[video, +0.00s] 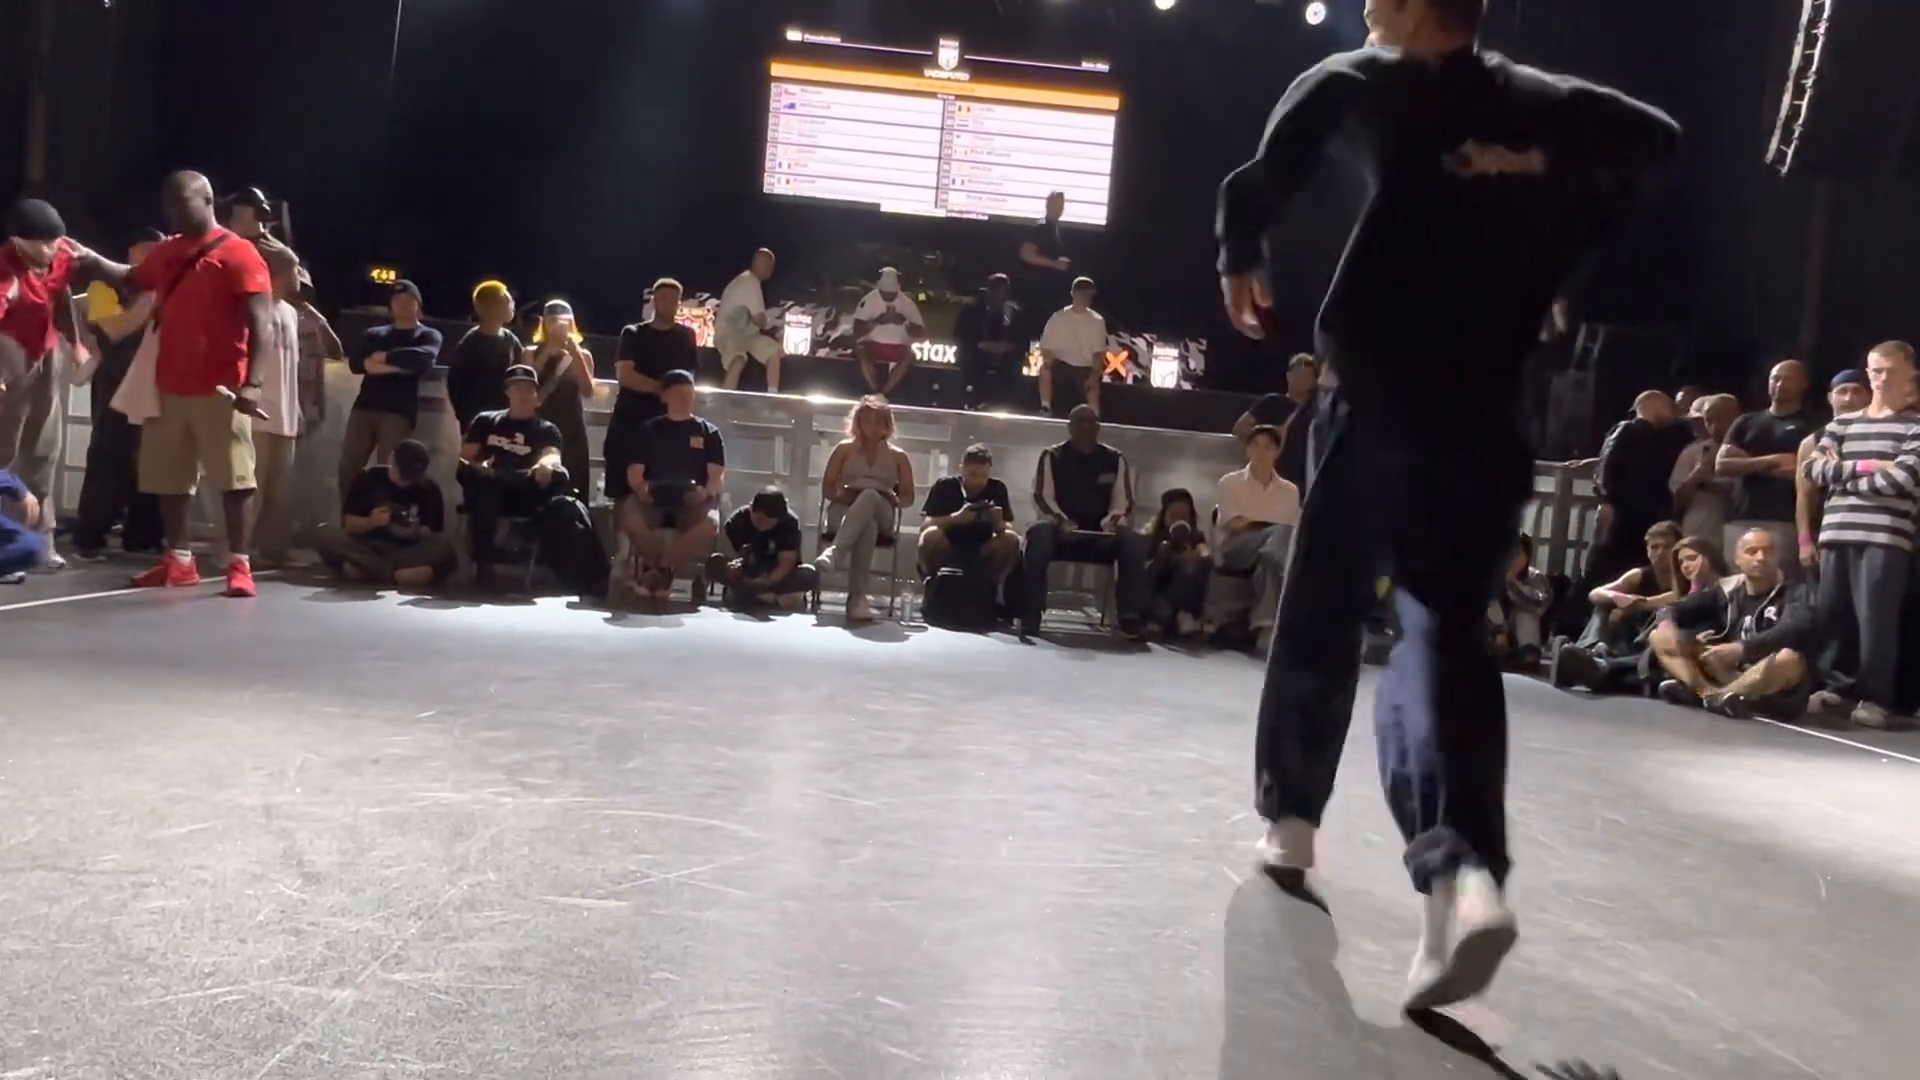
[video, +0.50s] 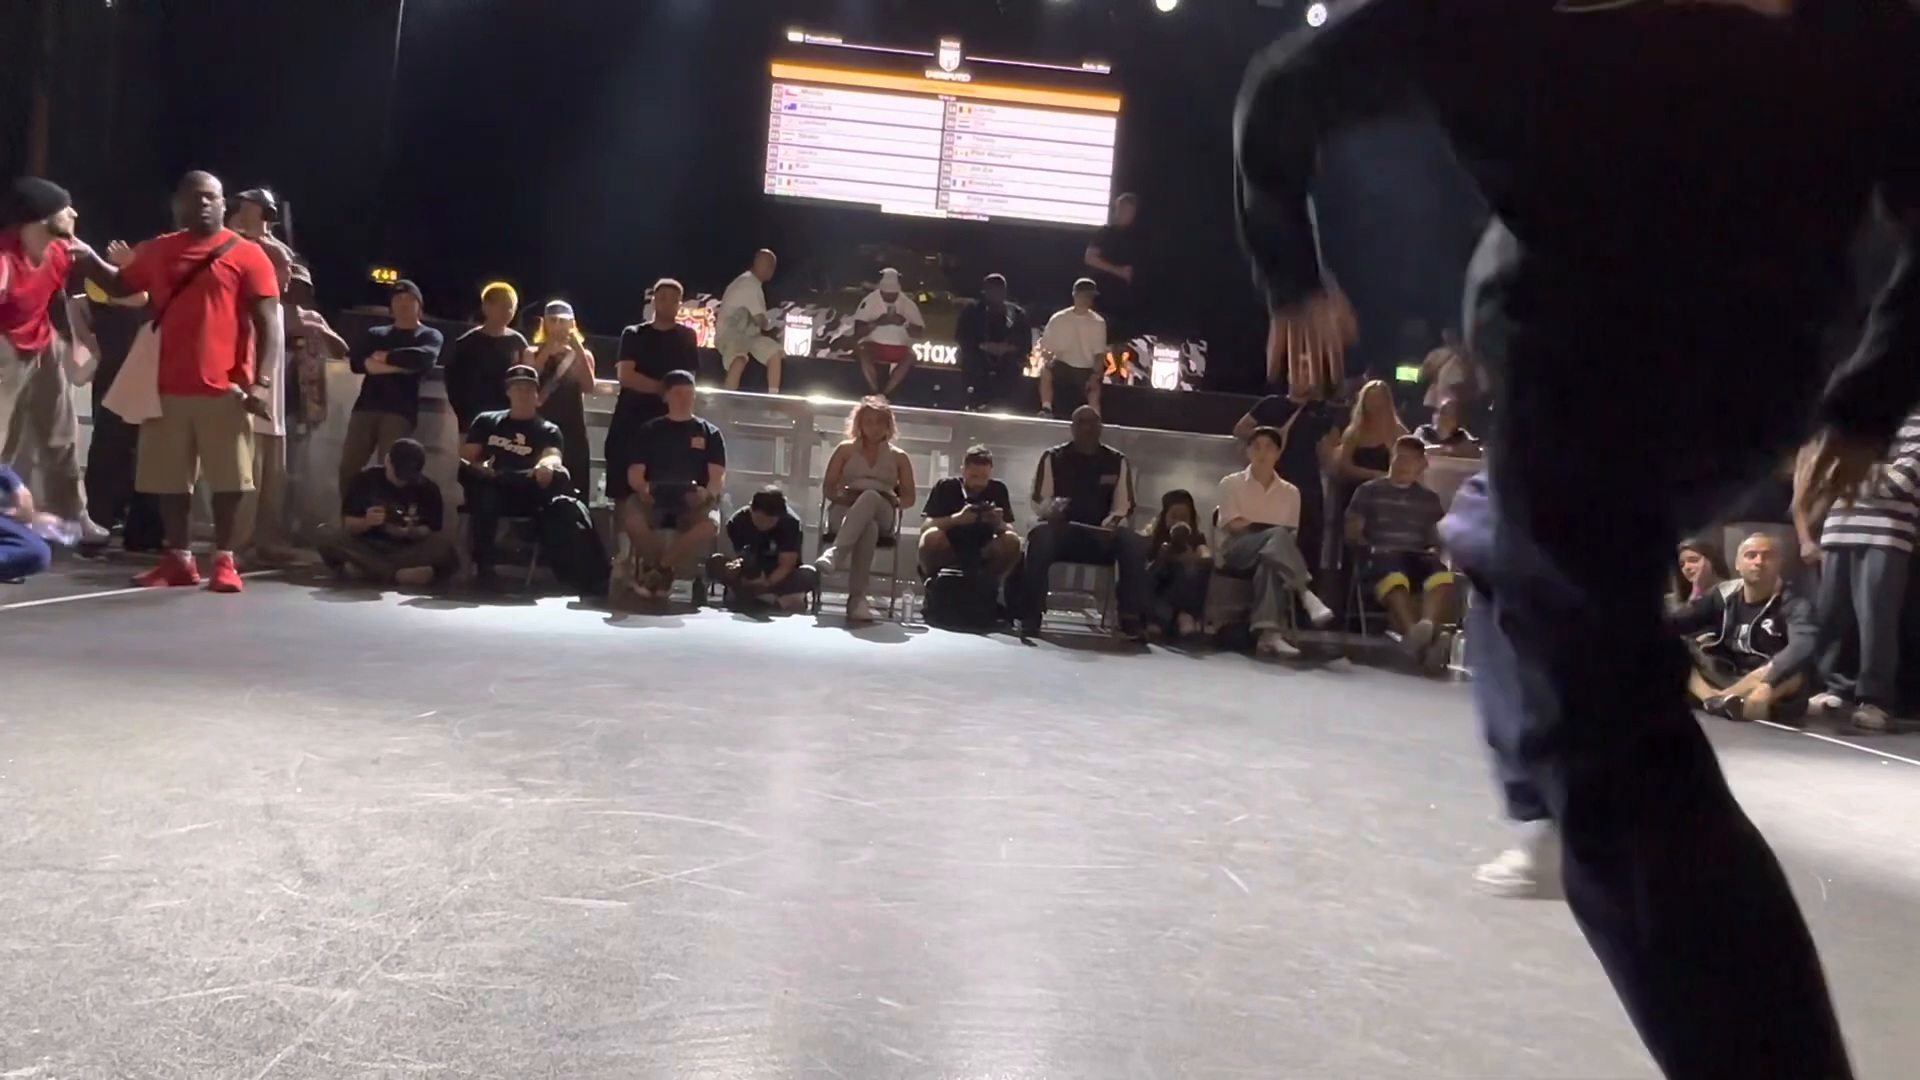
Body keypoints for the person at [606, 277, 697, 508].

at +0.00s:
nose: (668, 304)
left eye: (673, 300)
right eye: (663, 299)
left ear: (678, 303)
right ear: (654, 301)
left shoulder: (686, 335)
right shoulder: (633, 332)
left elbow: (688, 380)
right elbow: (624, 376)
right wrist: (663, 388)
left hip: (667, 422)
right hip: (630, 419)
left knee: (665, 489)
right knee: (622, 490)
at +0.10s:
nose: (669, 304)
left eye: (674, 300)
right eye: (664, 299)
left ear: (678, 303)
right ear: (654, 301)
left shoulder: (686, 335)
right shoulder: (632, 332)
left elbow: (688, 381)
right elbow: (625, 376)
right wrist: (664, 388)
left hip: (668, 420)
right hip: (631, 417)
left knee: (665, 488)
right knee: (622, 490)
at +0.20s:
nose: (670, 305)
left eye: (674, 300)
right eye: (664, 299)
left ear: (679, 303)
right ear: (654, 301)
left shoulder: (687, 335)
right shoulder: (633, 333)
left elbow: (688, 381)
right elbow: (625, 376)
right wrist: (664, 388)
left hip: (668, 421)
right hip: (631, 418)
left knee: (665, 488)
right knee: (623, 489)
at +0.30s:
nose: (668, 304)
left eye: (674, 299)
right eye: (663, 298)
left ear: (679, 304)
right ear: (654, 301)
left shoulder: (686, 335)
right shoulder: (633, 333)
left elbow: (688, 381)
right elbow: (625, 376)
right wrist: (664, 388)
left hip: (669, 421)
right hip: (631, 418)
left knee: (666, 489)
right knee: (624, 490)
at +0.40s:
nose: (668, 303)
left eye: (674, 298)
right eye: (663, 297)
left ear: (679, 303)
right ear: (654, 300)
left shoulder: (686, 335)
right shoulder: (633, 333)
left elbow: (688, 382)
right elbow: (625, 376)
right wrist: (664, 388)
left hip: (669, 422)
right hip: (631, 419)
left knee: (666, 489)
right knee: (624, 491)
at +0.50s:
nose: (668, 303)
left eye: (674, 298)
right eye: (663, 297)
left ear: (679, 304)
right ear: (654, 301)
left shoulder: (687, 336)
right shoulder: (633, 333)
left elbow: (689, 381)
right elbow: (625, 376)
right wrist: (664, 389)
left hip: (668, 422)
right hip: (631, 419)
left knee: (665, 489)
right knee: (623, 491)